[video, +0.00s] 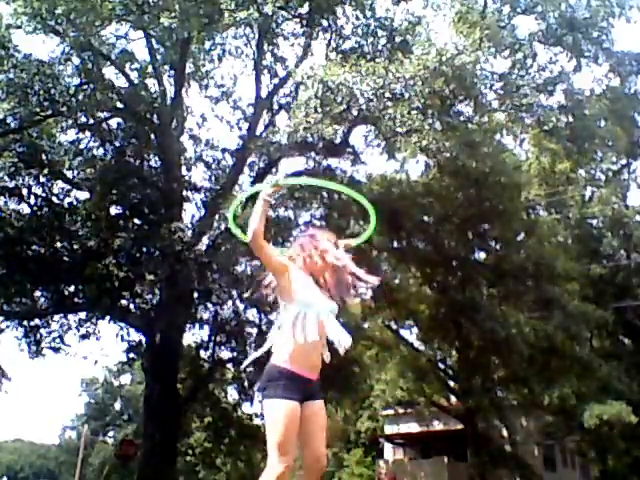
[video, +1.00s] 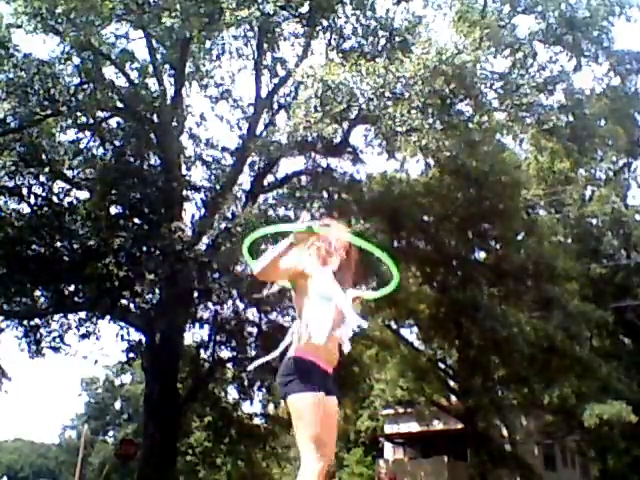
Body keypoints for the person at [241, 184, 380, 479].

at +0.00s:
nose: (333, 262)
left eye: (333, 255)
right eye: (329, 253)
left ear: (316, 253)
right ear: (310, 251)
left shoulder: (321, 291)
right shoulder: (287, 273)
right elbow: (255, 238)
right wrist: (265, 195)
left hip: (312, 384)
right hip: (282, 379)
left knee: (318, 462)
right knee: (281, 462)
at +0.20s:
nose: (315, 249)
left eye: (313, 244)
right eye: (312, 244)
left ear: (288, 252)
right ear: (307, 252)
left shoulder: (273, 279)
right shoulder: (314, 271)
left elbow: (249, 258)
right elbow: (336, 227)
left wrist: (248, 224)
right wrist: (346, 183)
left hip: (267, 368)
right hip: (301, 369)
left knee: (282, 460)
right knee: (310, 464)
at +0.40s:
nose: (281, 248)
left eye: (285, 243)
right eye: (284, 244)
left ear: (293, 246)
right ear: (319, 248)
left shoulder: (282, 270)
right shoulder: (330, 277)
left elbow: (252, 238)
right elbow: (353, 244)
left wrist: (237, 197)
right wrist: (353, 206)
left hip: (280, 362)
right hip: (317, 367)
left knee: (272, 457)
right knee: (295, 461)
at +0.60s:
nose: (288, 247)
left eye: (293, 241)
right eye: (288, 242)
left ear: (307, 245)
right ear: (292, 249)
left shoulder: (316, 273)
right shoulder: (286, 285)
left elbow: (346, 258)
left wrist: (340, 209)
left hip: (309, 368)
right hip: (289, 375)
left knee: (286, 455)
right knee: (298, 461)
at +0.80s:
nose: (326, 254)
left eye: (332, 251)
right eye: (322, 247)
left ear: (337, 258)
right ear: (304, 246)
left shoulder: (338, 288)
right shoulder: (280, 279)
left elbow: (375, 306)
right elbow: (236, 276)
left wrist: (388, 268)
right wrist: (244, 239)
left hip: (326, 379)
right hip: (286, 376)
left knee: (309, 461)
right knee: (288, 454)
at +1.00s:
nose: (342, 253)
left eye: (345, 248)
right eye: (338, 245)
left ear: (345, 252)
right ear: (323, 243)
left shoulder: (333, 282)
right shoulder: (304, 268)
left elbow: (330, 320)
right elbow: (261, 272)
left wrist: (350, 299)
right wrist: (293, 240)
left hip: (326, 376)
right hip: (303, 369)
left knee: (325, 463)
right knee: (314, 461)